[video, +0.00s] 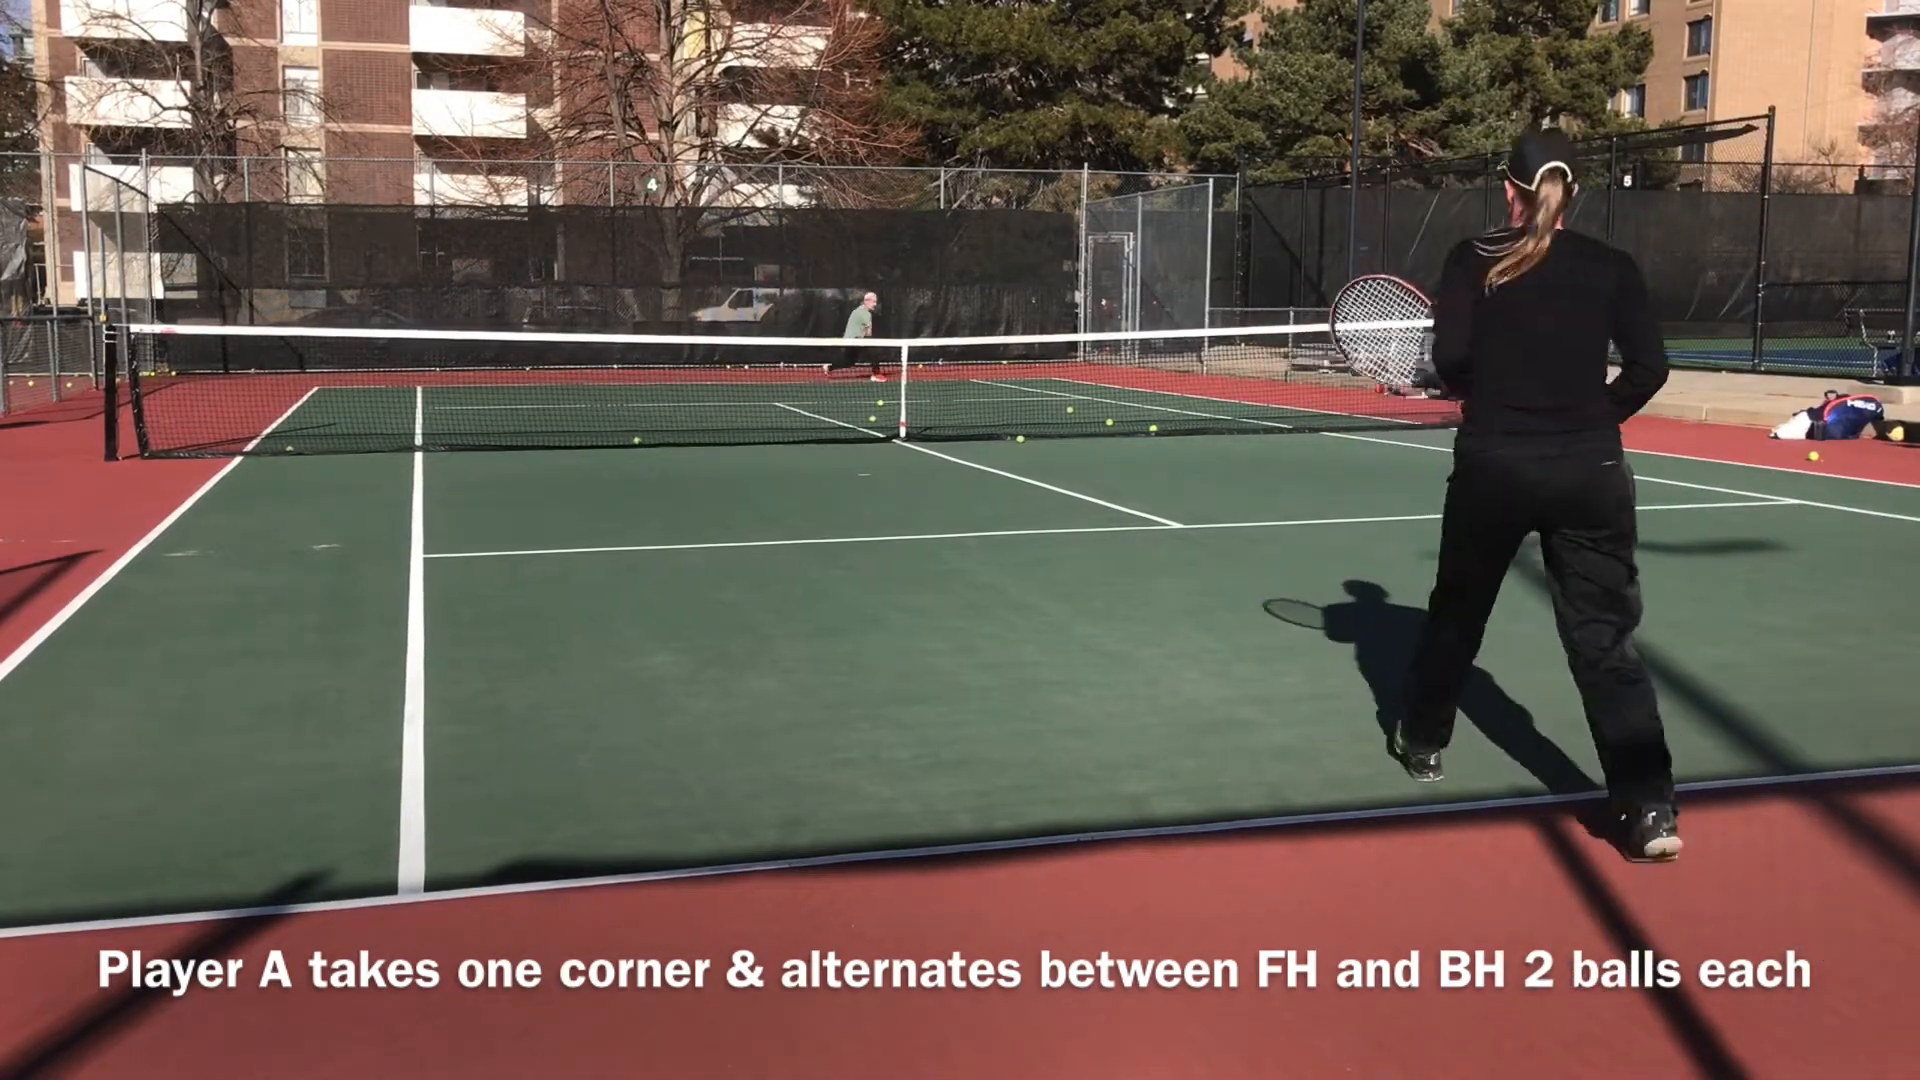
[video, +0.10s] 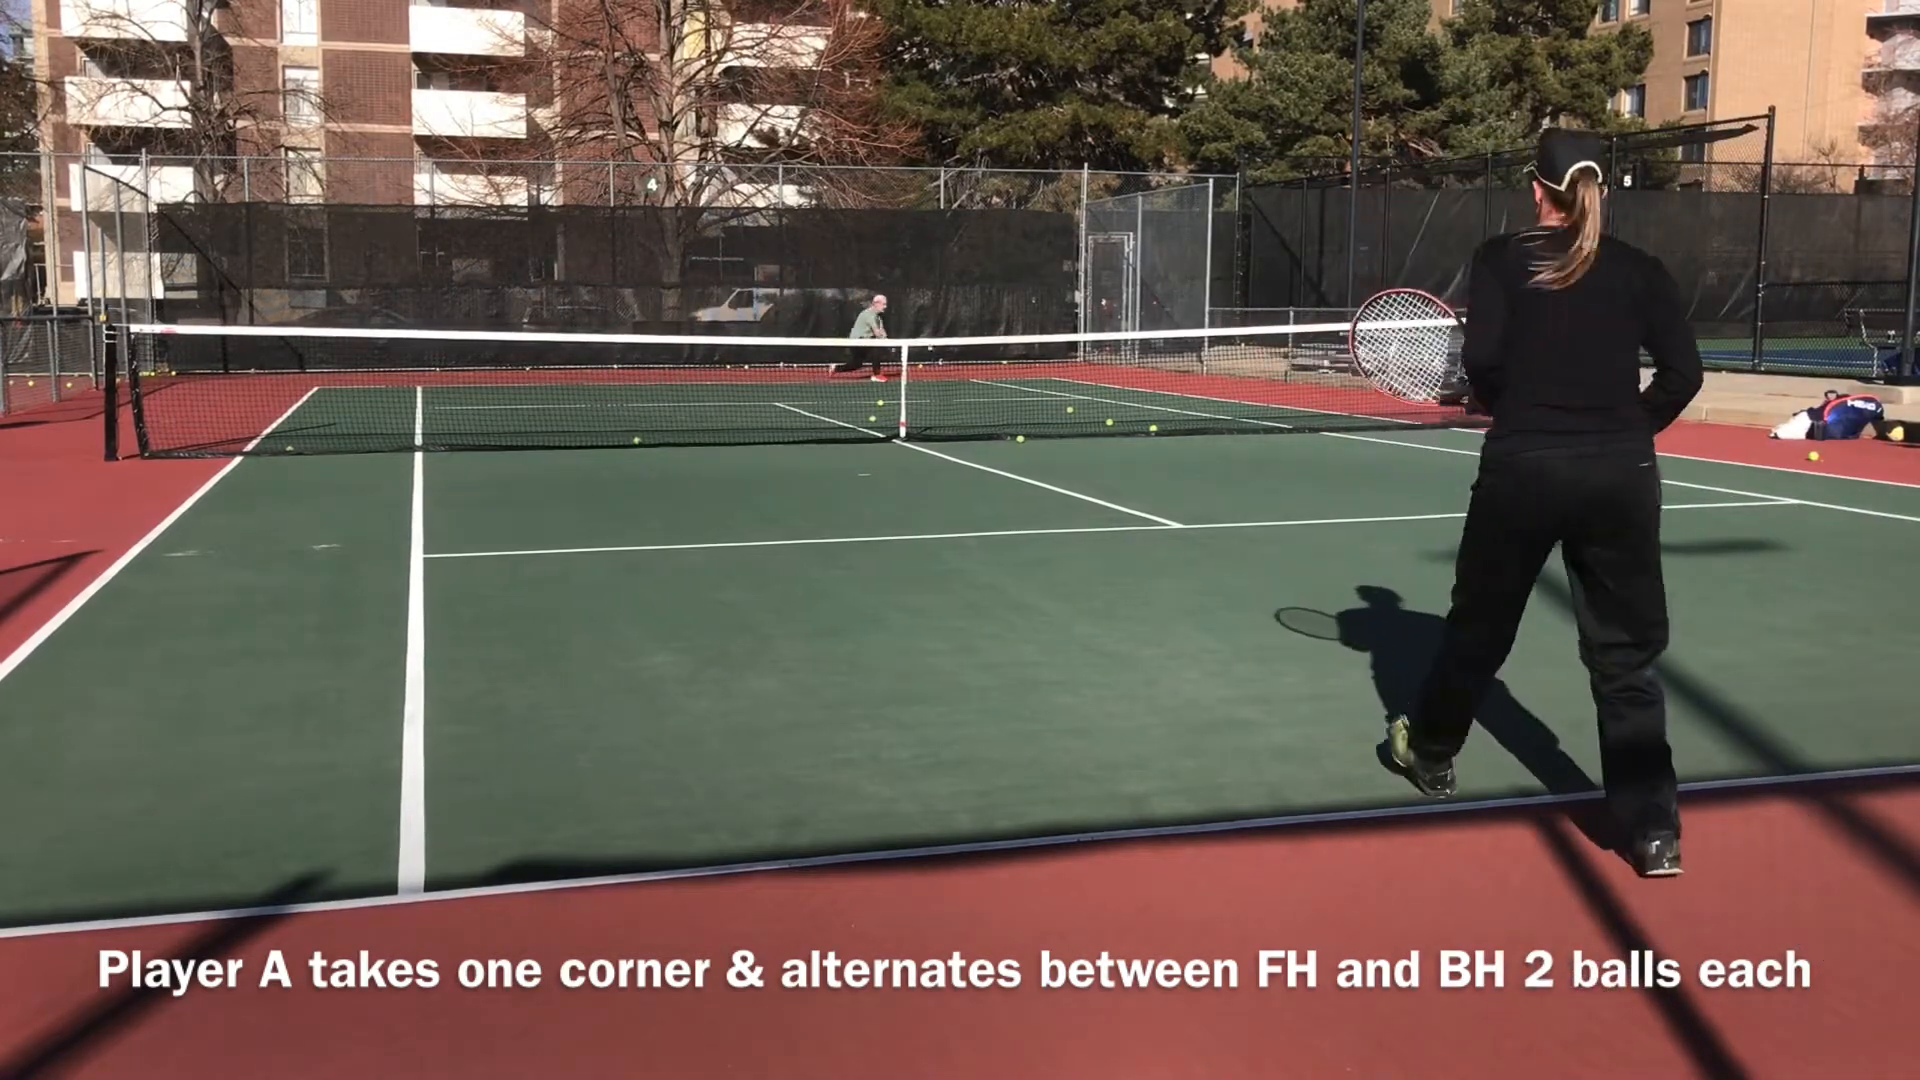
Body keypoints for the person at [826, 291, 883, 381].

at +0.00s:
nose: (875, 304)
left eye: (875, 302)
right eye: (873, 302)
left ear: (866, 302)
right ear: (866, 302)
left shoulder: (857, 310)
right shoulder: (866, 314)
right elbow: (869, 332)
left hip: (849, 339)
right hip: (857, 339)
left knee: (849, 361)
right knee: (874, 353)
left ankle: (829, 367)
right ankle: (875, 374)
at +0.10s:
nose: (885, 307)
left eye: (885, 304)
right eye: (883, 304)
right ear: (875, 304)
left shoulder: (877, 316)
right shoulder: (868, 315)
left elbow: (882, 331)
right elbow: (876, 333)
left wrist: (881, 334)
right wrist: (883, 333)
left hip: (865, 340)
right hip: (857, 340)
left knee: (856, 364)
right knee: (876, 351)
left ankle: (836, 368)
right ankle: (876, 374)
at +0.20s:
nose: (892, 307)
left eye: (892, 305)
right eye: (890, 304)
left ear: (887, 305)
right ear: (883, 304)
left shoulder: (887, 316)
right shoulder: (875, 311)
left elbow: (893, 328)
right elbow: (877, 326)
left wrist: (898, 330)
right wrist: (890, 328)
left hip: (869, 338)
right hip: (862, 337)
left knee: (860, 364)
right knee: (877, 351)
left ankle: (837, 368)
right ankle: (876, 374)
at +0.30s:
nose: (894, 304)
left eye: (895, 302)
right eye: (892, 301)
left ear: (896, 303)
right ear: (887, 302)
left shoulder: (890, 312)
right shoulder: (878, 308)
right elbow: (876, 324)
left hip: (877, 337)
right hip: (867, 334)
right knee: (877, 353)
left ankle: (842, 365)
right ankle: (876, 374)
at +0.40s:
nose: (898, 301)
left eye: (899, 298)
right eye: (896, 298)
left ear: (899, 299)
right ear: (889, 298)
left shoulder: (893, 311)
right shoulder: (883, 307)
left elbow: (896, 309)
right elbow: (872, 314)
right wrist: (879, 303)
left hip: (881, 335)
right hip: (871, 332)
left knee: (883, 354)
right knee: (878, 353)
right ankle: (876, 372)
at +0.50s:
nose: (900, 296)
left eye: (901, 294)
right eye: (897, 293)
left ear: (902, 295)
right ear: (890, 294)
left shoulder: (895, 308)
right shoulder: (884, 303)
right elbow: (873, 313)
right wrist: (881, 300)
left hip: (884, 334)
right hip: (874, 331)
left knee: (887, 353)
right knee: (882, 351)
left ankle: (879, 371)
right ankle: (876, 371)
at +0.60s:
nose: (900, 293)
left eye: (901, 291)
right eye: (897, 290)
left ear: (903, 292)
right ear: (892, 291)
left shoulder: (902, 303)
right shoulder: (884, 300)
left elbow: (899, 312)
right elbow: (876, 313)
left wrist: (890, 303)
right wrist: (884, 304)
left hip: (890, 330)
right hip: (879, 328)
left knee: (886, 350)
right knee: (881, 349)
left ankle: (879, 370)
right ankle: (877, 370)